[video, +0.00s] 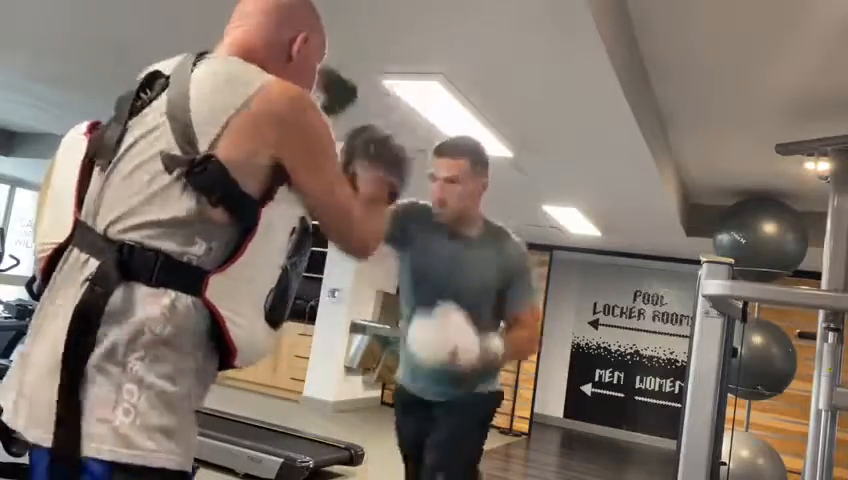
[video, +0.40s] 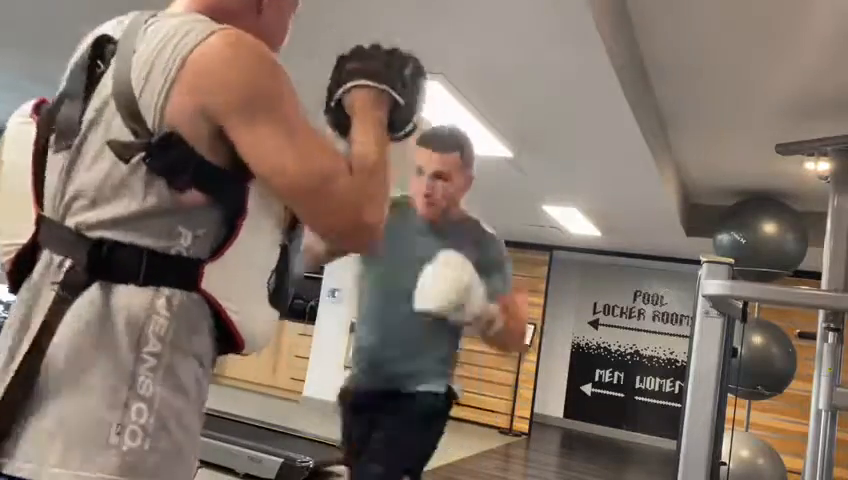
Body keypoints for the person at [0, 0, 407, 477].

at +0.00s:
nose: (316, 80)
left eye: (321, 66)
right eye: (320, 63)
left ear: (233, 27)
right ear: (299, 46)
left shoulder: (159, 78)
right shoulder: (284, 104)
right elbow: (360, 237)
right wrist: (380, 182)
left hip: (55, 332)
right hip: (140, 357)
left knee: (52, 462)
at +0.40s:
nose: (292, 20)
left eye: (294, 8)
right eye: (293, 6)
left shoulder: (108, 40)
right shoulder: (230, 59)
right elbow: (357, 219)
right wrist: (370, 105)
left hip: (41, 317)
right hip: (131, 345)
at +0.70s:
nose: (296, 53)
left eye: (303, 36)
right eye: (299, 29)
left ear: (203, 8)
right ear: (260, 20)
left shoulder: (128, 52)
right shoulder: (198, 68)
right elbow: (308, 232)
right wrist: (369, 147)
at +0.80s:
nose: (270, 51)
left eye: (276, 33)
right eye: (270, 28)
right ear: (234, 17)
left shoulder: (119, 46)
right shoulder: (156, 55)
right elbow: (257, 207)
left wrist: (257, 77)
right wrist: (337, 132)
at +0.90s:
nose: (239, 31)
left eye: (241, 18)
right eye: (236, 15)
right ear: (192, 3)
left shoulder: (81, 30)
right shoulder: (115, 41)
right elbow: (272, 160)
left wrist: (230, 70)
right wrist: (307, 75)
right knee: (28, 465)